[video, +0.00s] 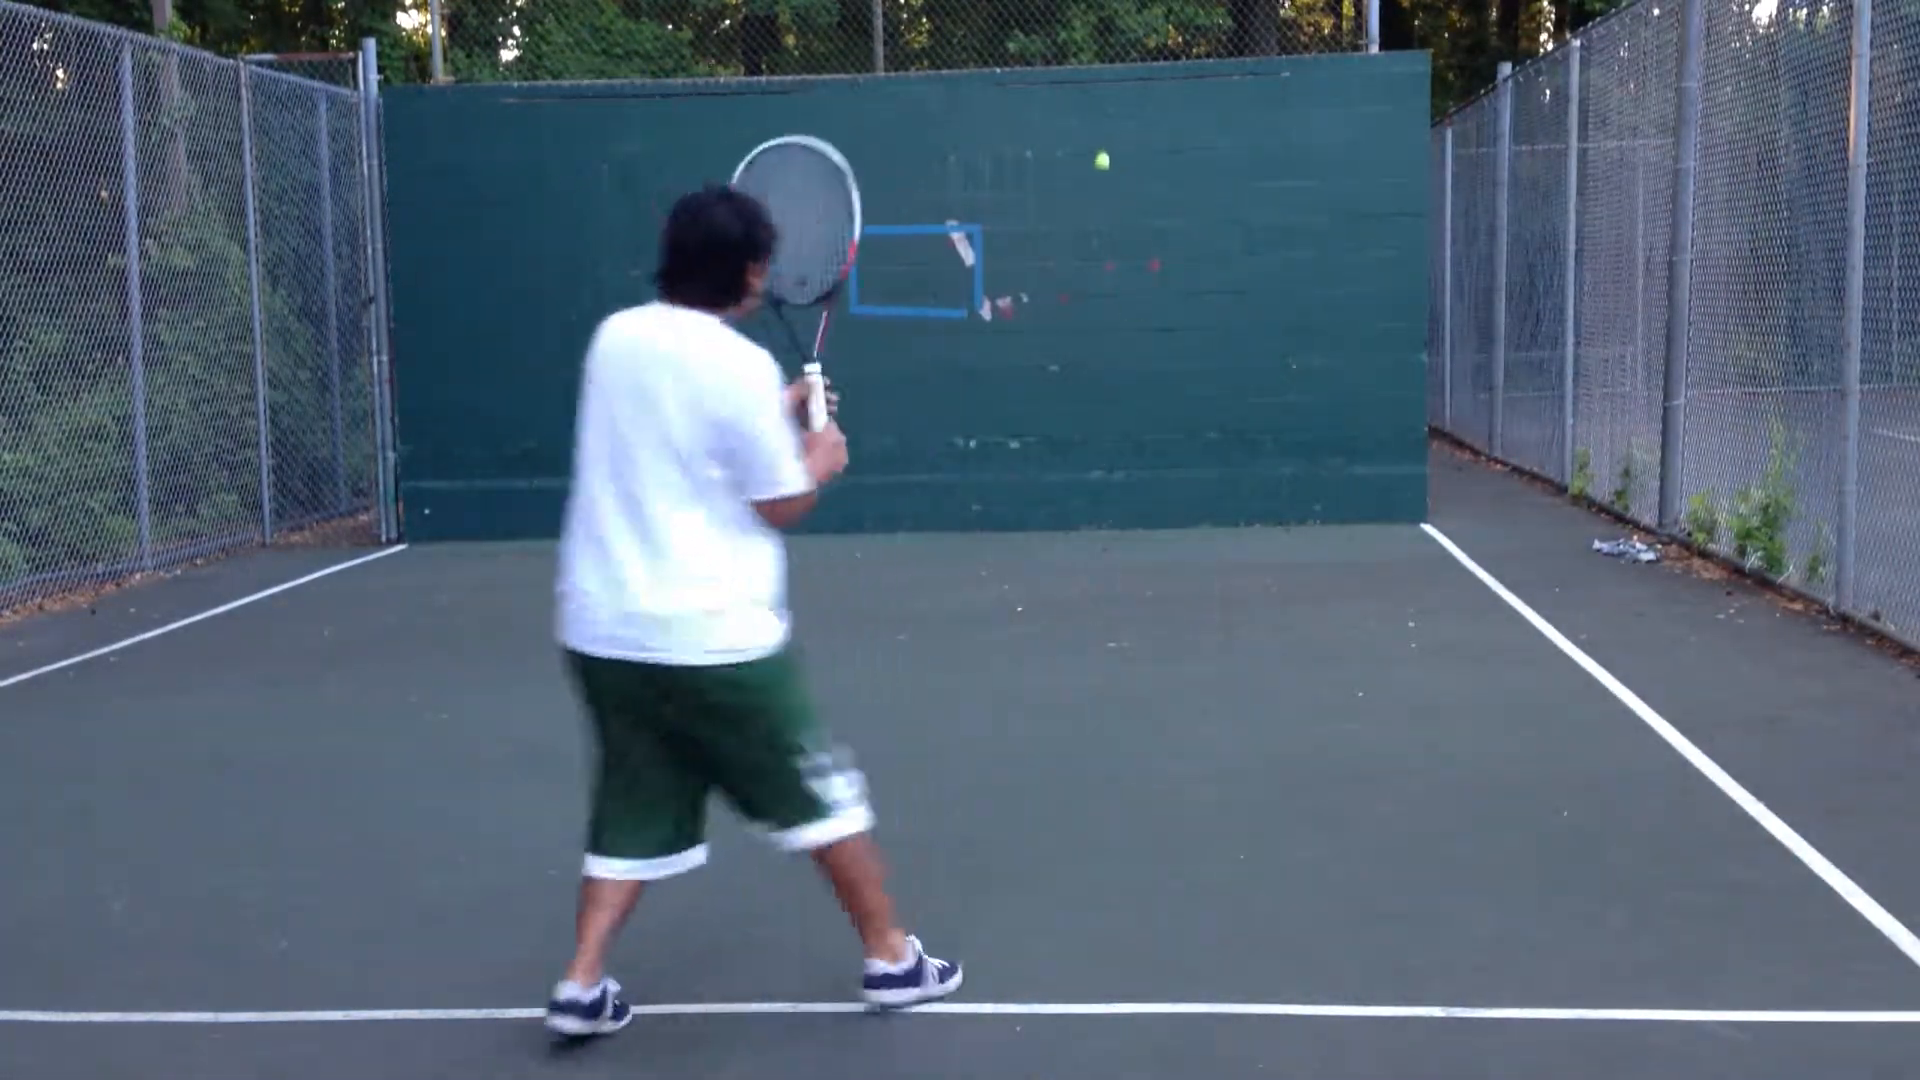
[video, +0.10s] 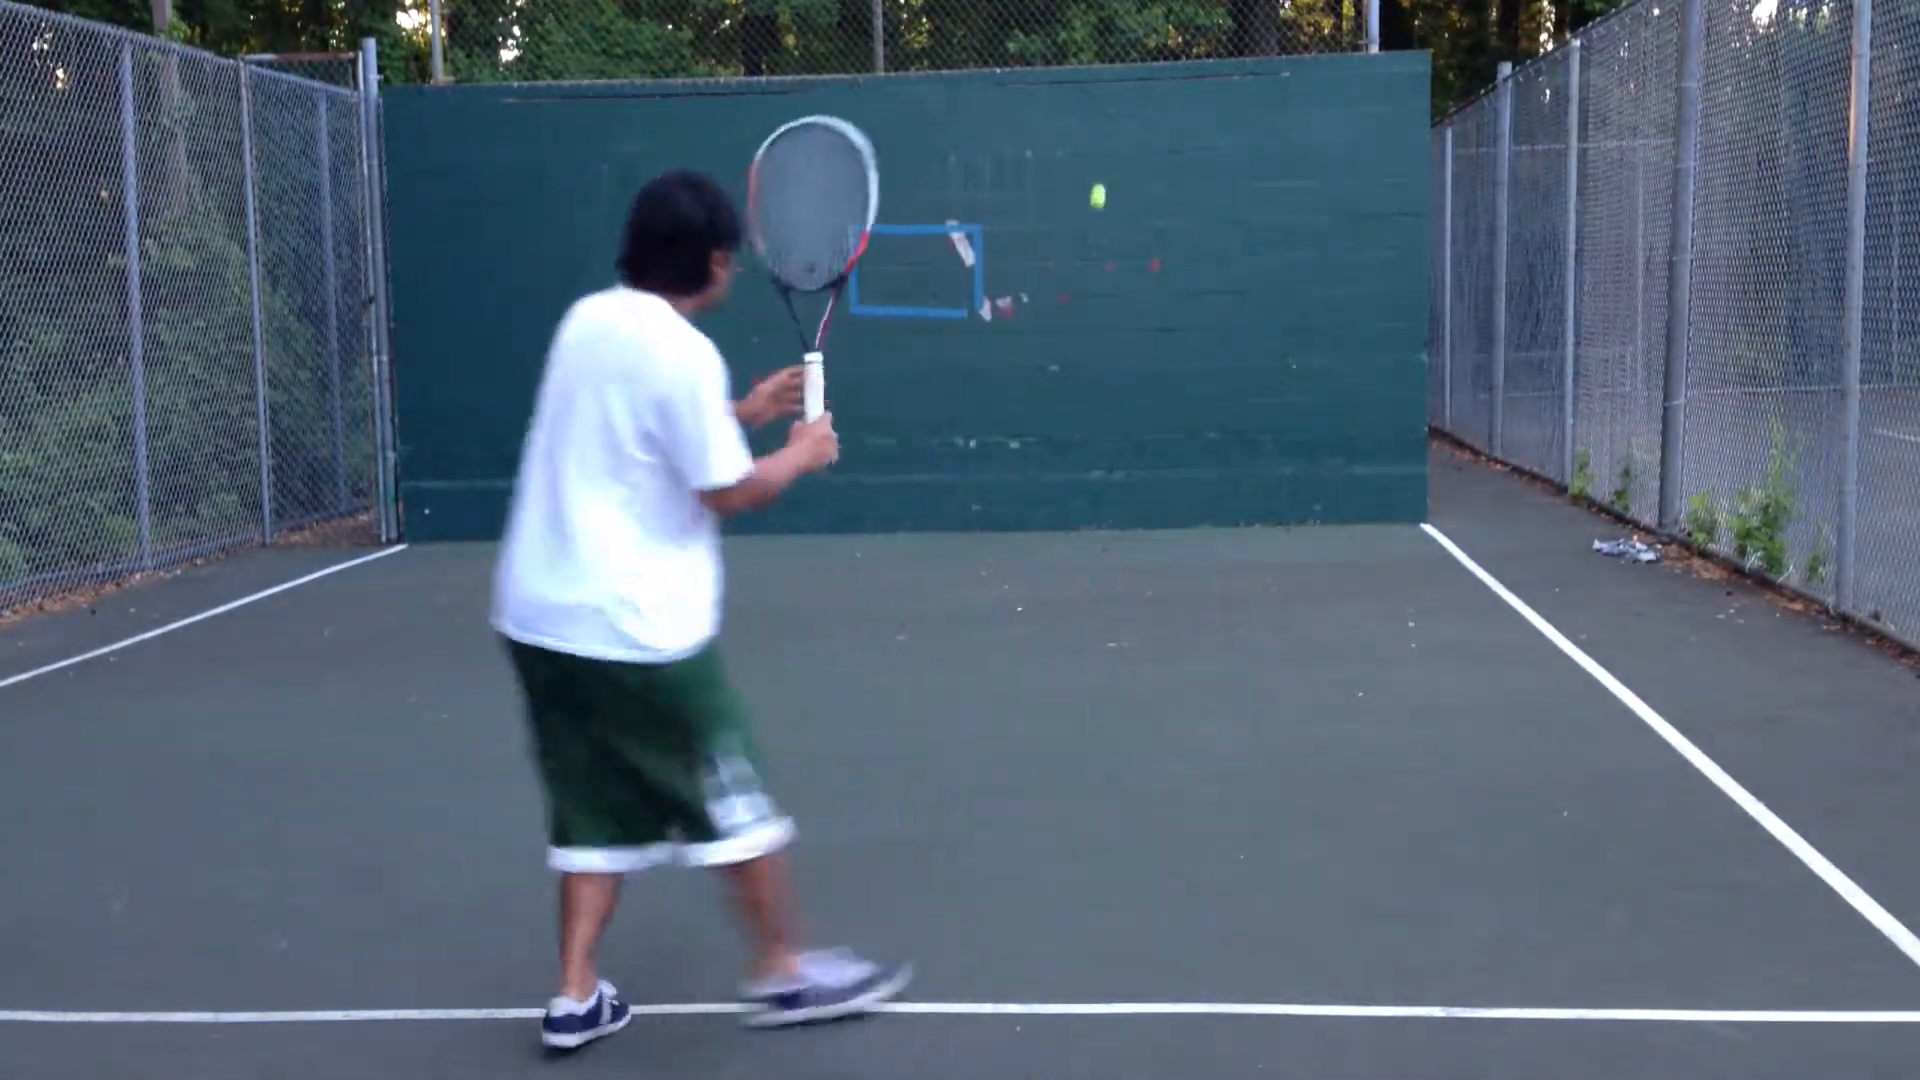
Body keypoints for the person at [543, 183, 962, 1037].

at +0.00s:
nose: (765, 280)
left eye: (764, 265)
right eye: (761, 266)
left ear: (671, 263)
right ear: (743, 276)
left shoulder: (613, 337)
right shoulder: (736, 367)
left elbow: (675, 437)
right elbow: (781, 503)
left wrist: (777, 409)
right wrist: (822, 461)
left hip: (602, 631)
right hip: (716, 641)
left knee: (635, 804)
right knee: (819, 794)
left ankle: (581, 983)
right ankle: (891, 956)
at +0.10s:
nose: (732, 272)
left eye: (731, 256)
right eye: (728, 258)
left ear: (641, 249)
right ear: (706, 265)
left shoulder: (586, 318)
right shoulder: (682, 355)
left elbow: (632, 427)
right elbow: (727, 490)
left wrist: (745, 407)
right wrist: (801, 456)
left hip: (542, 618)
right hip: (640, 632)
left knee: (591, 813)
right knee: (738, 802)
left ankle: (574, 997)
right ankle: (784, 970)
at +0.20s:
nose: (708, 254)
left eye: (709, 239)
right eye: (705, 239)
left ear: (617, 229)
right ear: (681, 245)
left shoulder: (566, 293)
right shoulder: (641, 331)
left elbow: (606, 420)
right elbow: (689, 472)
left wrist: (716, 410)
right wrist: (788, 448)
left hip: (478, 574)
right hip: (557, 596)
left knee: (531, 791)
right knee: (623, 801)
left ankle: (556, 979)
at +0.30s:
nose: (676, 269)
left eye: (675, 253)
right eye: (672, 254)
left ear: (589, 243)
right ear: (642, 261)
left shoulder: (544, 304)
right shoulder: (592, 339)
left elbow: (588, 428)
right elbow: (644, 477)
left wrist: (700, 425)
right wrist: (771, 455)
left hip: (437, 586)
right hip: (486, 612)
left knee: (474, 806)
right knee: (497, 828)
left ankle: (459, 986)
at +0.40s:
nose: (641, 300)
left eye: (641, 283)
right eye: (639, 285)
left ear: (551, 274)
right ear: (616, 293)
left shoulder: (517, 344)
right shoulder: (536, 366)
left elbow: (580, 458)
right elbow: (567, 505)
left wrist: (688, 462)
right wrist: (697, 489)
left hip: (399, 630)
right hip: (442, 653)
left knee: (393, 837)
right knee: (435, 872)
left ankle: (361, 1013)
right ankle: (356, 1058)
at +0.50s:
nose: (621, 306)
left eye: (622, 290)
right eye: (618, 290)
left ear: (545, 287)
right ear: (589, 297)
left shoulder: (507, 358)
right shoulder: (499, 373)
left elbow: (549, 462)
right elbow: (467, 510)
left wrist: (663, 482)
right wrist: (582, 526)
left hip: (366, 638)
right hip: (415, 663)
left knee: (357, 850)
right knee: (426, 896)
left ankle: (267, 1003)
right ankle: (351, 1063)